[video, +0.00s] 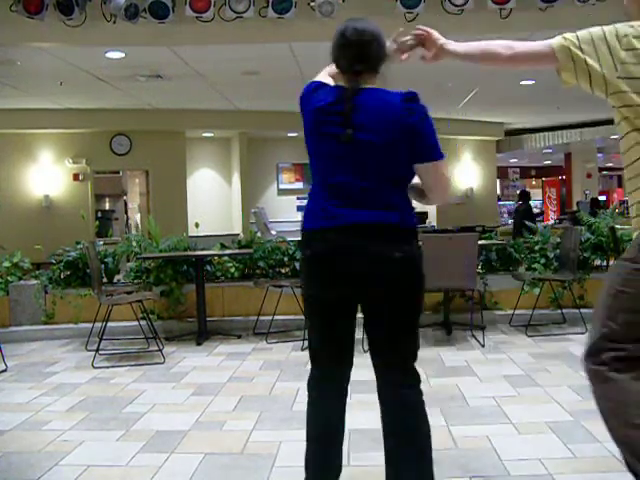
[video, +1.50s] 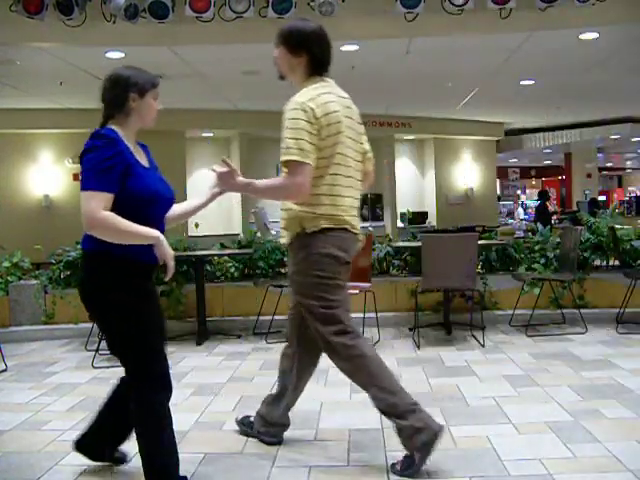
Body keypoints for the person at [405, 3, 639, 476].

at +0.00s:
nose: (624, 5)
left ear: (628, 7)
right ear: (629, 11)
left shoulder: (625, 41)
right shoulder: (621, 43)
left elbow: (521, 53)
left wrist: (448, 48)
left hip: (638, 237)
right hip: (633, 237)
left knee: (610, 357)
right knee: (614, 354)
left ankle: (637, 463)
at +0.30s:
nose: (568, 44)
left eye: (571, 33)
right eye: (567, 34)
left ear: (595, 30)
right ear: (619, 29)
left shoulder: (585, 77)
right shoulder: (634, 72)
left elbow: (481, 102)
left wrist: (433, 111)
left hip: (621, 251)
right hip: (633, 253)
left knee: (539, 353)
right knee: (637, 365)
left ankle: (480, 457)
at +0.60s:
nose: (466, 24)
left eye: (469, 14)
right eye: (467, 14)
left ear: (487, 17)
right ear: (522, 18)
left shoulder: (482, 76)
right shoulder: (562, 79)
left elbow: (445, 157)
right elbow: (582, 169)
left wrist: (404, 161)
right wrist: (540, 188)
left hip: (498, 238)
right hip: (555, 240)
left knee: (460, 348)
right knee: (575, 341)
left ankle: (447, 458)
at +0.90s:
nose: (394, 32)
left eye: (398, 22)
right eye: (395, 22)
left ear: (419, 24)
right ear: (439, 24)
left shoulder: (426, 78)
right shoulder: (476, 77)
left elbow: (411, 172)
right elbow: (497, 161)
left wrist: (355, 161)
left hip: (437, 228)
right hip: (474, 228)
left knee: (420, 348)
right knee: (444, 339)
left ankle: (446, 458)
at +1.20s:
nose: (339, 61)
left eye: (344, 53)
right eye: (341, 52)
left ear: (364, 57)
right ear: (380, 58)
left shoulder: (376, 111)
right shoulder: (412, 105)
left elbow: (357, 199)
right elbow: (417, 186)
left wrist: (294, 179)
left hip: (388, 246)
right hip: (415, 245)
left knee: (377, 360)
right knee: (347, 336)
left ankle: (444, 454)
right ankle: (297, 407)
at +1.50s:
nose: (275, 60)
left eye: (279, 51)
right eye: (276, 52)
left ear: (298, 56)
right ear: (314, 57)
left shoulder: (303, 103)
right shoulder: (344, 103)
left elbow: (297, 185)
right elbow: (366, 175)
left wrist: (242, 185)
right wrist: (323, 195)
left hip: (316, 235)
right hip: (342, 234)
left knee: (337, 336)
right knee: (305, 334)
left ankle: (418, 429)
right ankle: (269, 421)